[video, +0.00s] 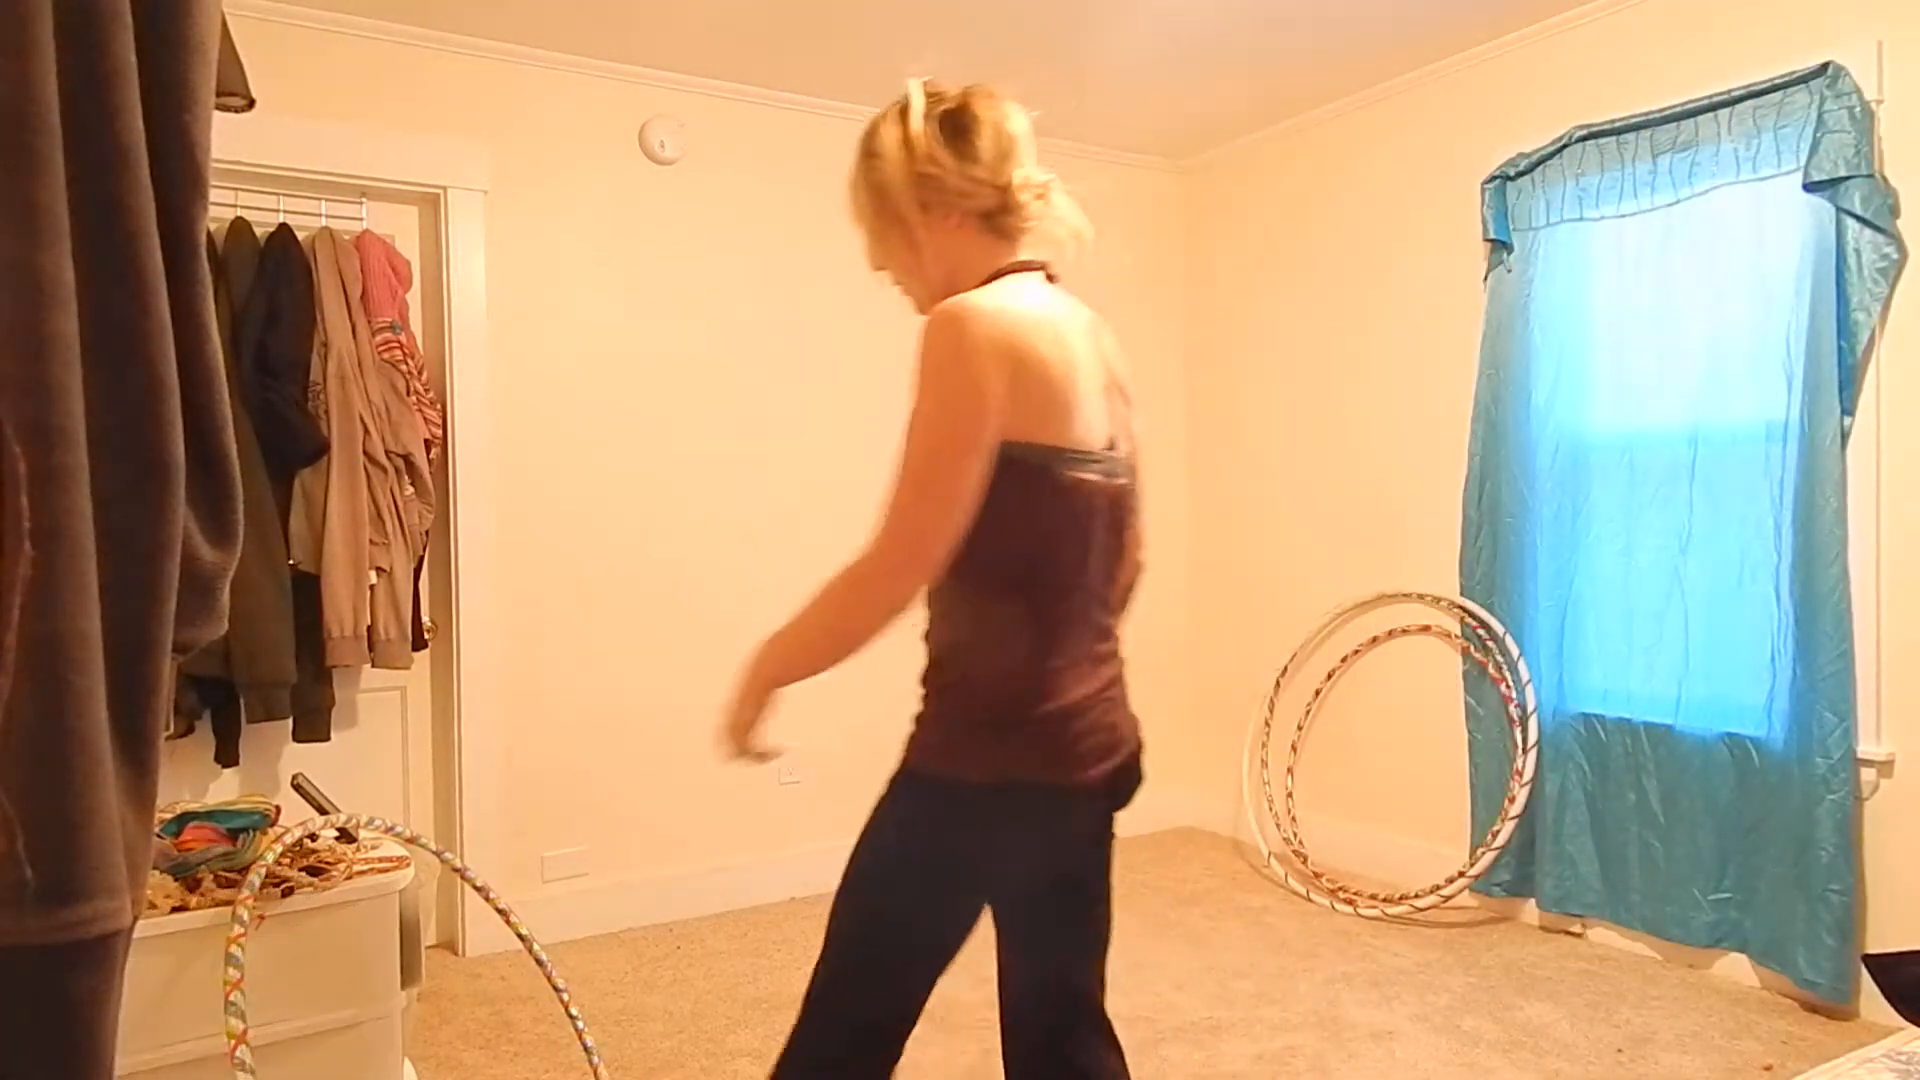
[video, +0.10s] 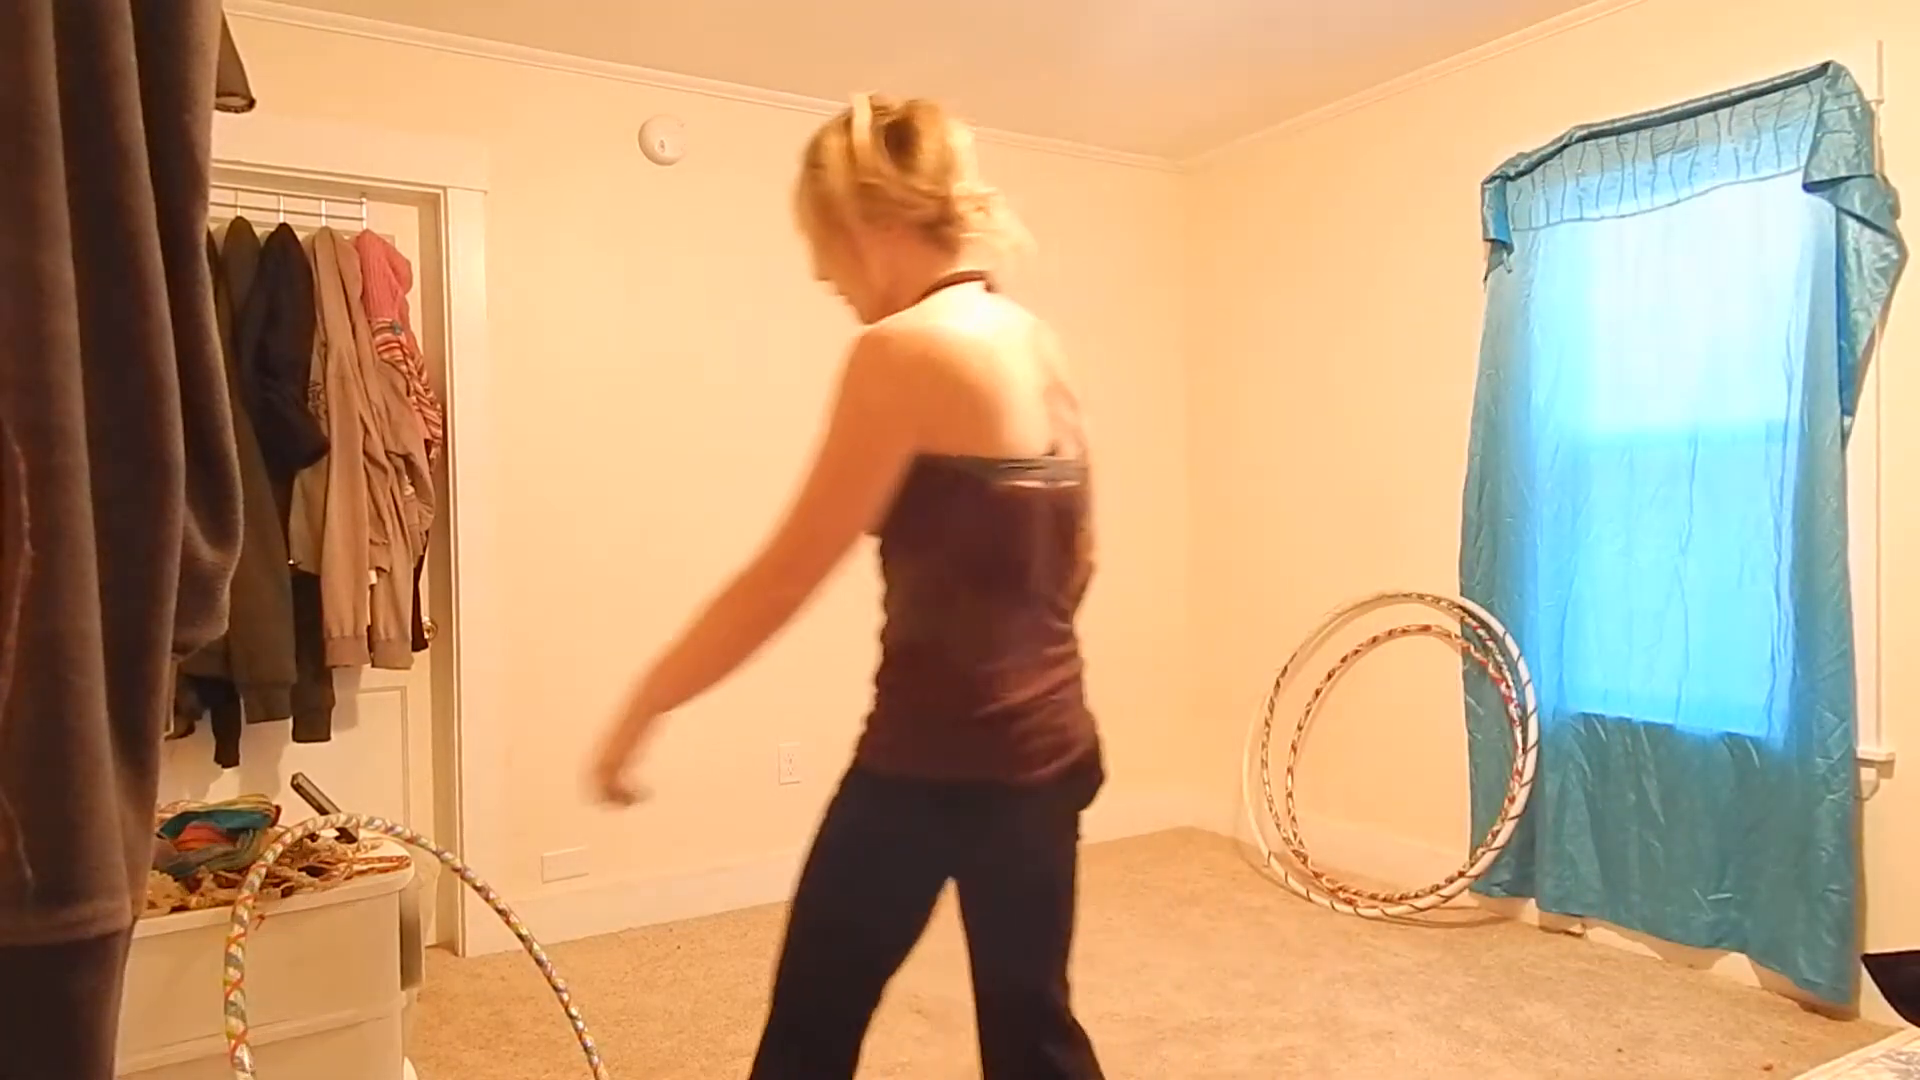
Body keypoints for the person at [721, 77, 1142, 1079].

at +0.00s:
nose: (883, 265)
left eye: (886, 234)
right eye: (877, 239)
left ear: (943, 209)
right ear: (990, 202)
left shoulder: (971, 326)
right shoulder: (1082, 331)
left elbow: (906, 559)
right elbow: (1122, 565)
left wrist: (767, 667)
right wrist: (1042, 671)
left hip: (980, 751)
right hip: (1083, 742)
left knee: (840, 1043)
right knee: (1061, 1036)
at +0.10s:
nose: (823, 273)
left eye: (824, 244)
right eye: (817, 247)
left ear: (876, 225)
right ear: (934, 214)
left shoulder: (904, 352)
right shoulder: (1033, 342)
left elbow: (787, 571)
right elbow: (1072, 562)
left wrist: (647, 702)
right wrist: (987, 674)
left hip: (926, 756)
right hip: (1044, 748)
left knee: (810, 1030)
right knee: (1031, 1029)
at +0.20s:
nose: (746, 277)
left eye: (747, 247)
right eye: (742, 250)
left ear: (795, 236)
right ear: (869, 219)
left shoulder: (811, 374)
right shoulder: (972, 349)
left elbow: (669, 590)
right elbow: (1032, 557)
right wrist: (965, 676)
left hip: (879, 755)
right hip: (1011, 740)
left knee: (782, 1029)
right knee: (998, 1005)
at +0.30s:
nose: (672, 296)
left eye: (672, 268)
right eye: (665, 271)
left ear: (711, 253)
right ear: (791, 237)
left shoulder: (729, 392)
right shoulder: (915, 357)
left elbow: (569, 617)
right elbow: (997, 553)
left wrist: (392, 782)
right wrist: (967, 689)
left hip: (849, 754)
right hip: (988, 735)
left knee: (757, 1012)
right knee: (1006, 981)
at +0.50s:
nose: (586, 327)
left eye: (590, 300)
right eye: (583, 302)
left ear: (645, 288)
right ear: (707, 274)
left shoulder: (655, 432)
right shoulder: (841, 372)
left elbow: (490, 656)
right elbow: (962, 553)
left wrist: (325, 808)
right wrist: (1004, 671)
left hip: (825, 750)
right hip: (959, 705)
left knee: (735, 1015)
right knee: (1039, 957)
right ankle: (1104, 1076)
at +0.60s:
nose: (598, 347)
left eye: (601, 320)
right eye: (594, 322)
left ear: (650, 307)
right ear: (715, 291)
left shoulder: (655, 449)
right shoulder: (843, 387)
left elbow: (490, 671)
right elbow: (965, 560)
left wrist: (329, 819)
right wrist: (1015, 675)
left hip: (816, 761)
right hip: (955, 717)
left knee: (715, 1020)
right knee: (1039, 957)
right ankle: (1108, 1073)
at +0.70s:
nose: (635, 350)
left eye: (635, 326)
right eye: (632, 326)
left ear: (673, 318)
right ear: (750, 300)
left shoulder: (675, 453)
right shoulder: (865, 403)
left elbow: (519, 663)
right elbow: (981, 578)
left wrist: (354, 813)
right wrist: (1034, 687)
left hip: (820, 770)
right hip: (958, 732)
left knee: (715, 1012)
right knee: (1052, 995)